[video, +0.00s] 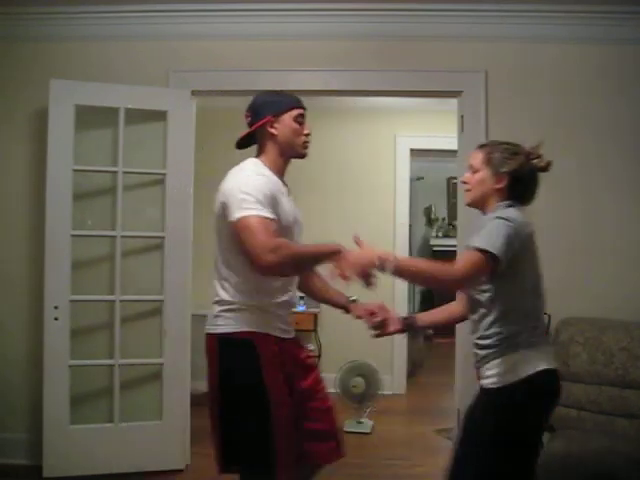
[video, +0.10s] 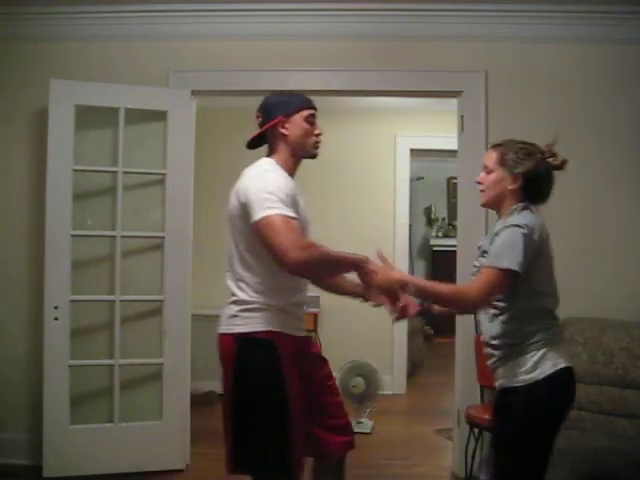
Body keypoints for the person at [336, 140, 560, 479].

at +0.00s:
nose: (464, 178)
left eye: (473, 171)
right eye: (467, 170)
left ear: (500, 180)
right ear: (498, 181)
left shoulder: (504, 223)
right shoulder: (496, 226)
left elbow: (457, 275)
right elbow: (463, 307)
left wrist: (381, 259)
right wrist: (402, 322)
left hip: (518, 382)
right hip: (509, 379)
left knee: (469, 473)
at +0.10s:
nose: (479, 179)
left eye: (488, 171)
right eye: (481, 170)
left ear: (514, 180)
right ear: (509, 181)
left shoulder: (519, 228)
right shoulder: (507, 228)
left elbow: (475, 296)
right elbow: (476, 300)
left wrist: (402, 279)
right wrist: (422, 305)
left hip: (536, 381)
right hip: (518, 379)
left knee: (515, 474)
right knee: (508, 472)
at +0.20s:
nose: (485, 180)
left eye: (495, 173)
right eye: (488, 172)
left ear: (521, 185)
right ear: (519, 186)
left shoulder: (527, 232)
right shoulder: (513, 229)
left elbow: (496, 311)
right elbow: (489, 292)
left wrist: (426, 296)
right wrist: (432, 288)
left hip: (549, 382)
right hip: (534, 379)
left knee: (510, 471)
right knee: (545, 473)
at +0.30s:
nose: (487, 179)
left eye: (497, 172)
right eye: (490, 171)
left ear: (523, 185)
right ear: (520, 186)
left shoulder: (531, 231)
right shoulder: (512, 229)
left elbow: (509, 309)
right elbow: (494, 295)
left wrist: (436, 286)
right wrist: (438, 284)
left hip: (556, 382)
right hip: (541, 379)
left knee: (498, 471)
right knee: (555, 475)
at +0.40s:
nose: (485, 175)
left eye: (495, 168)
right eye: (488, 167)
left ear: (521, 180)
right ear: (515, 181)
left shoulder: (531, 226)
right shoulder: (498, 231)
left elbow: (515, 296)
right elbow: (478, 304)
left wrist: (443, 270)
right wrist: (427, 283)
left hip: (554, 376)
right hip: (535, 376)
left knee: (507, 471)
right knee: (562, 473)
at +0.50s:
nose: (478, 175)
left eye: (488, 168)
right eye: (481, 168)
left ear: (515, 180)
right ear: (511, 181)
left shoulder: (530, 228)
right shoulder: (485, 235)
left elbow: (514, 287)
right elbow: (471, 305)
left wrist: (444, 257)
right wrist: (412, 291)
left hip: (544, 378)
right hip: (518, 378)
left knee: (523, 470)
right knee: (550, 470)